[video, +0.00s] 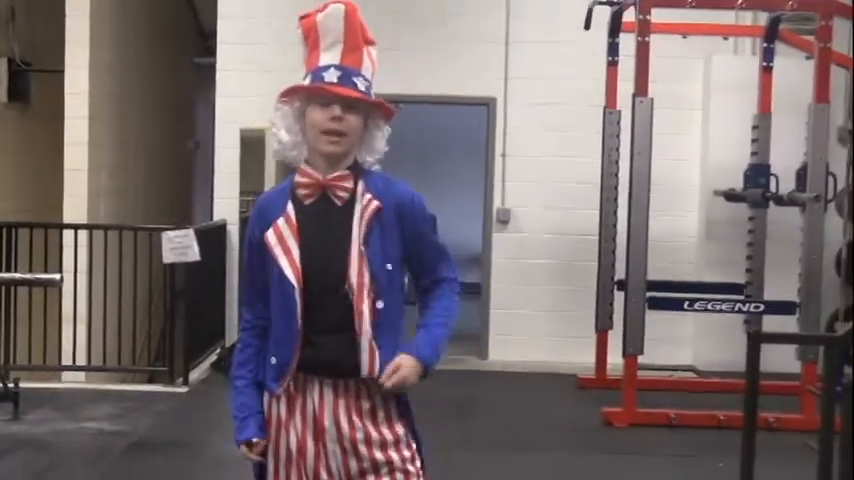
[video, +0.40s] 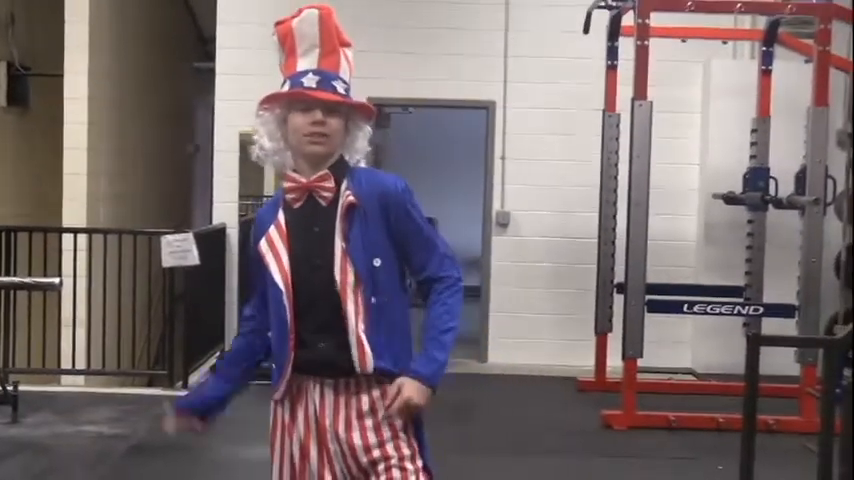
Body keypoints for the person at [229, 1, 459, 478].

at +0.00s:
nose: (336, 116)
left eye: (350, 107)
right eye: (323, 103)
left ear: (367, 122)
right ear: (301, 114)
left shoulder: (399, 205)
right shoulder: (270, 209)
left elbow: (443, 283)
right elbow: (254, 320)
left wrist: (422, 355)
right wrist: (248, 413)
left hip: (373, 407)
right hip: (293, 407)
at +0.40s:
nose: (318, 120)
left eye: (331, 110)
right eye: (304, 109)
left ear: (349, 126)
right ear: (283, 122)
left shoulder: (384, 195)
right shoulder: (267, 218)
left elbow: (446, 281)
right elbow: (258, 325)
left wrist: (423, 374)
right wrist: (204, 399)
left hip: (376, 405)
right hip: (297, 409)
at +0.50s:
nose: (325, 120)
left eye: (337, 111)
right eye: (311, 109)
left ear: (353, 125)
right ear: (288, 123)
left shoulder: (389, 195)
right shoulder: (278, 212)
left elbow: (453, 284)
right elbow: (260, 306)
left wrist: (436, 383)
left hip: (381, 405)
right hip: (302, 406)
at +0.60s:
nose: (338, 118)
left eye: (350, 109)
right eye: (324, 107)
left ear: (367, 124)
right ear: (301, 122)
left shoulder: (401, 196)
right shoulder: (287, 206)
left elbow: (463, 288)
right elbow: (236, 274)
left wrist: (450, 384)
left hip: (391, 407)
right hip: (308, 406)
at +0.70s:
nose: (349, 121)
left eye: (361, 109)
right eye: (335, 110)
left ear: (381, 121)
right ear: (314, 124)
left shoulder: (422, 200)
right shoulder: (283, 203)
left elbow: (467, 298)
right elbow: (202, 223)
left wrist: (464, 388)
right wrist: (221, 121)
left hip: (404, 409)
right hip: (318, 409)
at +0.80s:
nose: (355, 123)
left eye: (369, 108)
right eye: (342, 112)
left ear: (396, 118)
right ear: (329, 127)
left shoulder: (436, 205)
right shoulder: (302, 191)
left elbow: (466, 301)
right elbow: (242, 182)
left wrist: (466, 388)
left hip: (413, 406)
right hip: (328, 406)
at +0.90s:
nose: (370, 130)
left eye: (384, 116)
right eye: (358, 122)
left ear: (411, 127)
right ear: (349, 135)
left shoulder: (446, 206)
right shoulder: (333, 206)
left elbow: (462, 304)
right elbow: (323, 173)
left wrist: (468, 392)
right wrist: (326, 123)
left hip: (420, 404)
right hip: (339, 405)